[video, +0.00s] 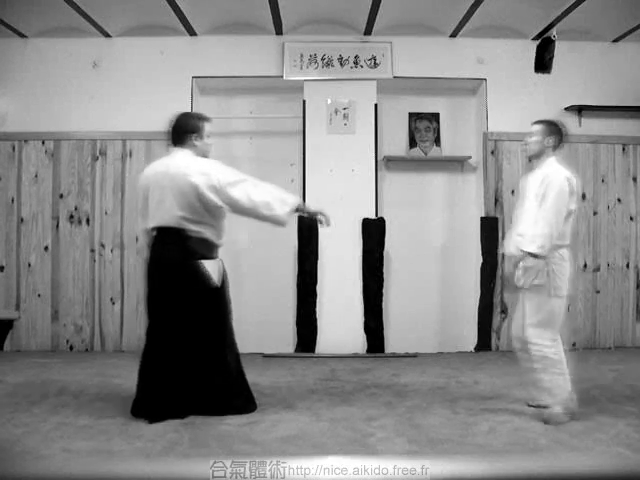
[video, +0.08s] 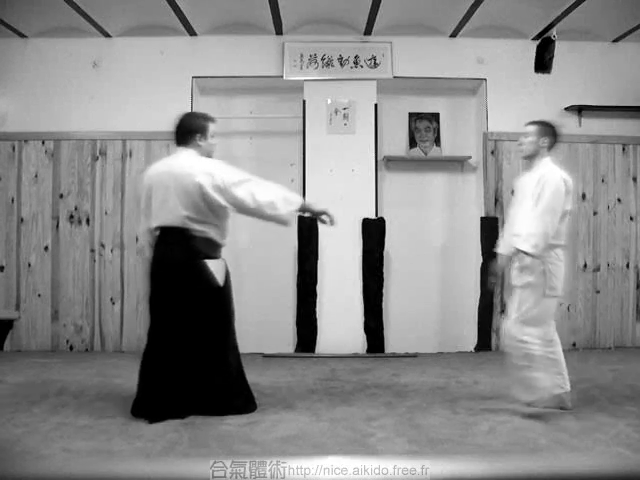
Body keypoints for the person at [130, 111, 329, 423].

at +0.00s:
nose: (209, 142)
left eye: (208, 136)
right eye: (206, 137)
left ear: (175, 139)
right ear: (194, 139)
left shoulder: (150, 172)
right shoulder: (205, 170)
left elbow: (145, 225)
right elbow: (250, 194)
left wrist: (154, 250)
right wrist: (299, 207)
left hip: (160, 258)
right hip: (196, 260)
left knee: (163, 331)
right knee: (211, 331)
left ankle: (156, 402)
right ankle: (220, 399)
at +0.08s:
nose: (213, 142)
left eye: (213, 136)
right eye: (211, 137)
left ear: (181, 139)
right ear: (199, 138)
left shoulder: (152, 172)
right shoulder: (208, 170)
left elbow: (144, 227)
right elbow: (254, 194)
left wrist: (152, 256)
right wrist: (304, 207)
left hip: (163, 259)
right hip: (200, 261)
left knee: (164, 331)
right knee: (213, 331)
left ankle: (157, 402)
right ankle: (221, 399)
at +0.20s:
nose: (221, 142)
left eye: (220, 136)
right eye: (218, 136)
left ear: (189, 138)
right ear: (207, 138)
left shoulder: (160, 170)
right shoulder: (215, 169)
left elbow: (150, 223)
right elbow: (260, 193)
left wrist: (160, 254)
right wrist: (309, 205)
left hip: (169, 256)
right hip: (205, 259)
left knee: (168, 330)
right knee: (216, 331)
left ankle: (159, 401)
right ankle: (221, 399)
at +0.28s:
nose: (225, 142)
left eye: (225, 136)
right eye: (223, 136)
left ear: (194, 137)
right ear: (211, 137)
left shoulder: (163, 169)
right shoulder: (218, 169)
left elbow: (153, 219)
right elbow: (264, 192)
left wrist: (161, 251)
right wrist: (314, 205)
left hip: (171, 255)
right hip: (206, 258)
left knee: (169, 329)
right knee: (216, 329)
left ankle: (161, 401)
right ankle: (221, 399)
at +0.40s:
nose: (228, 142)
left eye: (228, 136)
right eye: (226, 136)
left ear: (196, 138)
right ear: (213, 137)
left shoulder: (165, 168)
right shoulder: (222, 169)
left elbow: (158, 213)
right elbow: (267, 191)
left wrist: (171, 241)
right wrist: (317, 205)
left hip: (170, 253)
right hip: (205, 256)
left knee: (169, 327)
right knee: (215, 328)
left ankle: (161, 400)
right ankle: (220, 398)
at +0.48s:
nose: (228, 142)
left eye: (227, 136)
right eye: (225, 136)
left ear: (196, 138)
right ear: (212, 137)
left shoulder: (165, 168)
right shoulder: (220, 169)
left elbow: (156, 210)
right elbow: (264, 191)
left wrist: (168, 238)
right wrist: (315, 204)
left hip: (168, 252)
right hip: (203, 256)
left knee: (168, 326)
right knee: (214, 328)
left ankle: (158, 399)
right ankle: (221, 398)